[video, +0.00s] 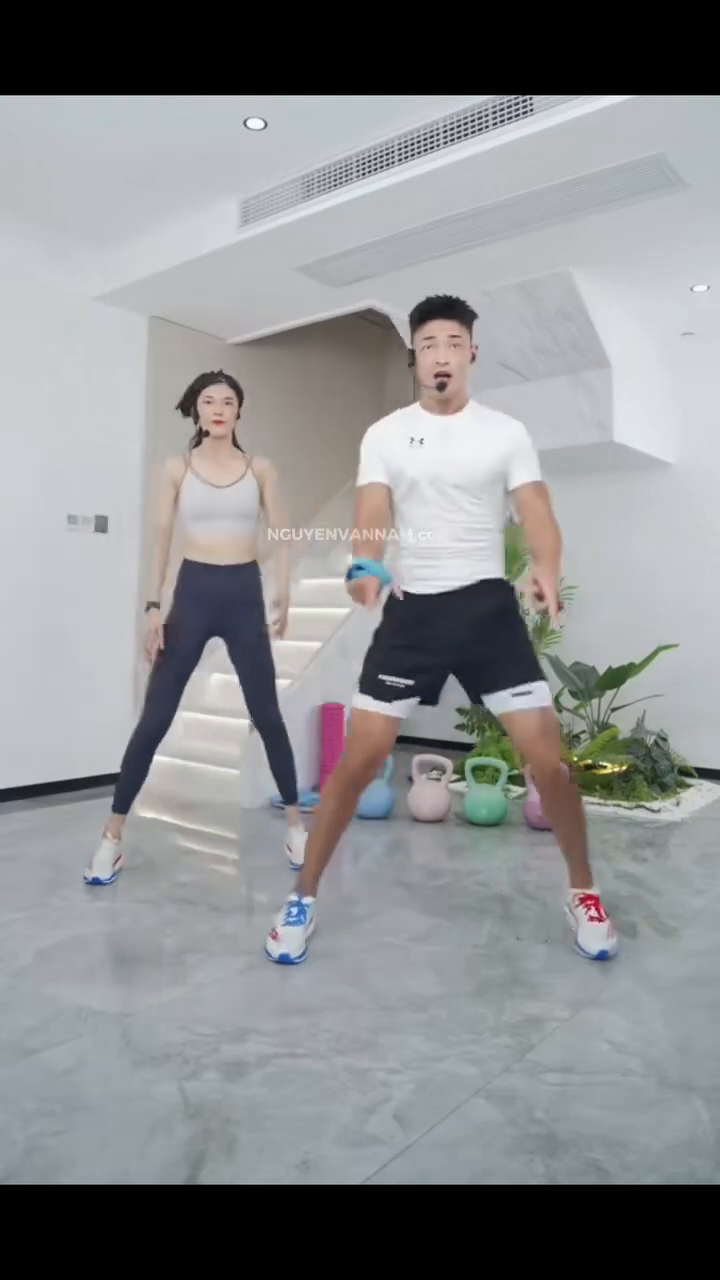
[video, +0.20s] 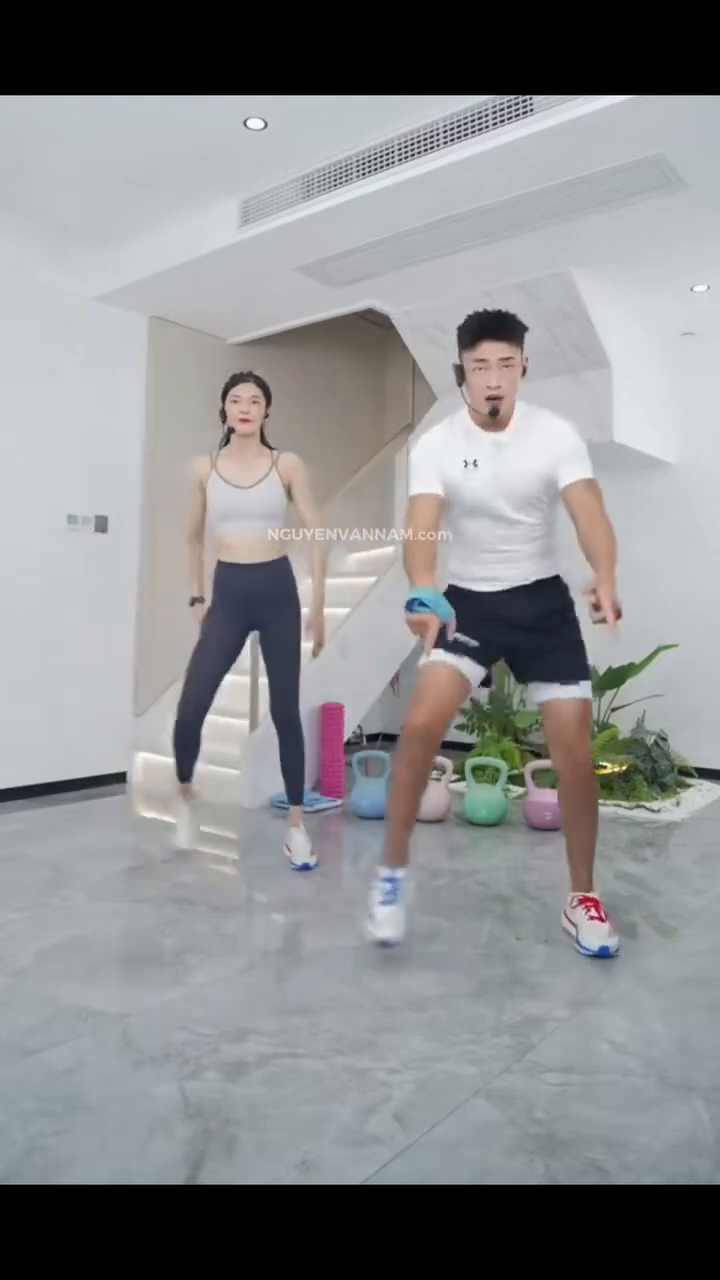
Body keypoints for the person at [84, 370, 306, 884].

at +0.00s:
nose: (219, 410)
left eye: (227, 403)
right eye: (210, 403)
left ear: (239, 412)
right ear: (196, 411)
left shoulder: (260, 470)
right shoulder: (177, 467)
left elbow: (280, 536)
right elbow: (163, 538)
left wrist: (283, 599)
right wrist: (155, 606)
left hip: (245, 597)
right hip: (189, 596)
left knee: (266, 715)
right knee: (155, 719)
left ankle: (296, 825)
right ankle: (113, 833)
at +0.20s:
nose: (245, 408)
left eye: (254, 401)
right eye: (237, 401)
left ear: (266, 411)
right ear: (224, 410)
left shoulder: (287, 465)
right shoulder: (206, 468)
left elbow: (315, 534)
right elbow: (195, 537)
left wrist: (317, 607)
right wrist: (198, 598)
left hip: (280, 596)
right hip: (228, 597)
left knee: (286, 712)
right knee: (190, 709)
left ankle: (296, 821)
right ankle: (185, 798)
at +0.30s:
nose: (249, 401)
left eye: (258, 394)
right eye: (241, 393)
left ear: (272, 404)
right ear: (229, 403)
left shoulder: (292, 458)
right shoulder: (210, 460)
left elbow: (322, 525)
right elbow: (205, 524)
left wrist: (318, 601)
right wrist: (220, 565)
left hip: (279, 585)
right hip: (228, 586)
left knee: (285, 708)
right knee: (227, 712)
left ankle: (297, 819)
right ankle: (244, 804)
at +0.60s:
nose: (249, 412)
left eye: (258, 405)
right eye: (241, 404)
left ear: (271, 416)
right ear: (228, 414)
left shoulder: (290, 470)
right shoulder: (209, 470)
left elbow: (327, 528)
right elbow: (195, 526)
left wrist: (293, 578)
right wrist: (221, 567)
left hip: (274, 599)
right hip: (224, 598)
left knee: (287, 715)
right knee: (164, 701)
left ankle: (297, 824)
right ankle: (190, 804)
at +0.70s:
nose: (236, 402)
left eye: (245, 395)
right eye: (228, 395)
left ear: (259, 406)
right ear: (216, 404)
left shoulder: (277, 460)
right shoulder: (197, 460)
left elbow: (314, 514)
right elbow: (173, 511)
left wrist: (279, 560)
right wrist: (199, 553)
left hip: (259, 588)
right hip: (208, 586)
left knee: (276, 708)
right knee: (153, 700)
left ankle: (296, 822)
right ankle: (133, 810)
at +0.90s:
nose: (201, 416)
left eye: (210, 410)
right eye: (194, 408)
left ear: (223, 420)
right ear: (180, 416)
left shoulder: (237, 477)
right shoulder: (156, 469)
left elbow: (277, 529)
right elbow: (108, 508)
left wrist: (238, 559)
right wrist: (141, 544)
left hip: (212, 604)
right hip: (159, 602)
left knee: (245, 715)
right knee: (127, 717)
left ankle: (292, 812)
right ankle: (95, 828)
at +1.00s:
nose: (185, 412)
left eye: (194, 406)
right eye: (178, 404)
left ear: (207, 415)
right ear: (164, 411)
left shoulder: (222, 472)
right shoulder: (137, 462)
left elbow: (258, 525)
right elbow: (80, 495)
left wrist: (215, 550)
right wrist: (119, 536)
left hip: (191, 601)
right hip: (140, 598)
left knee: (229, 712)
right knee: (113, 711)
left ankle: (253, 814)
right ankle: (92, 827)